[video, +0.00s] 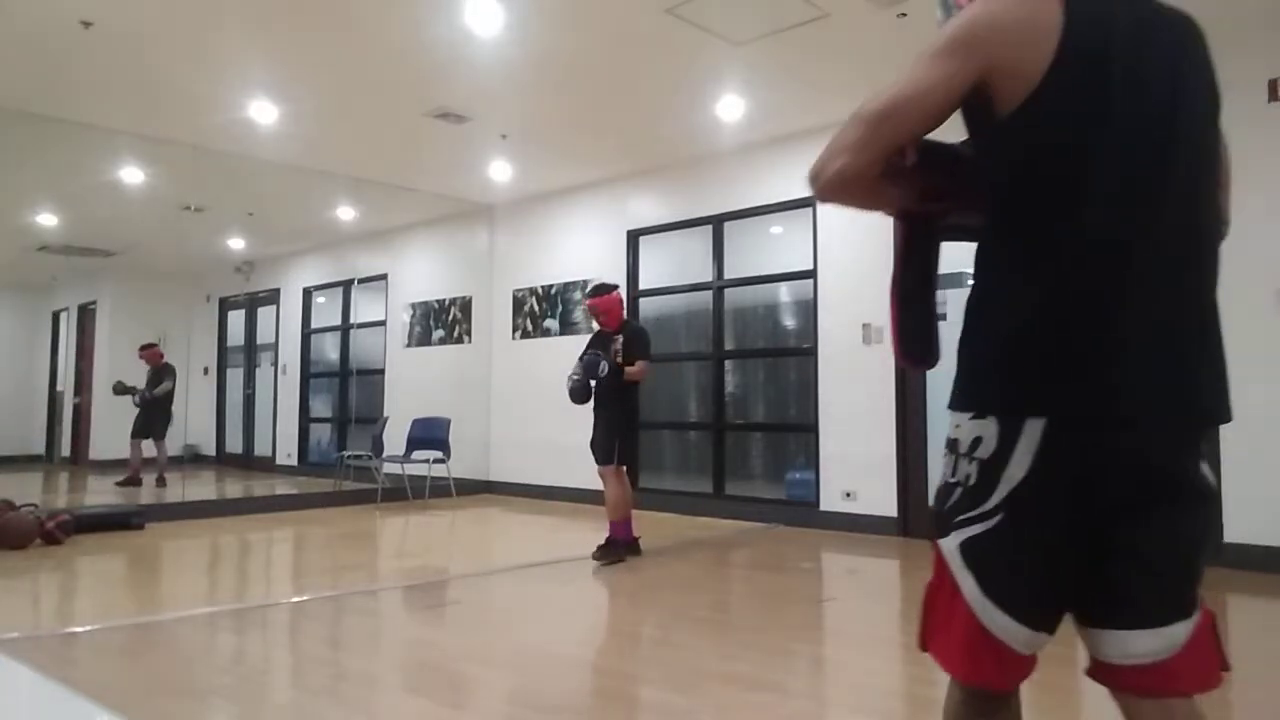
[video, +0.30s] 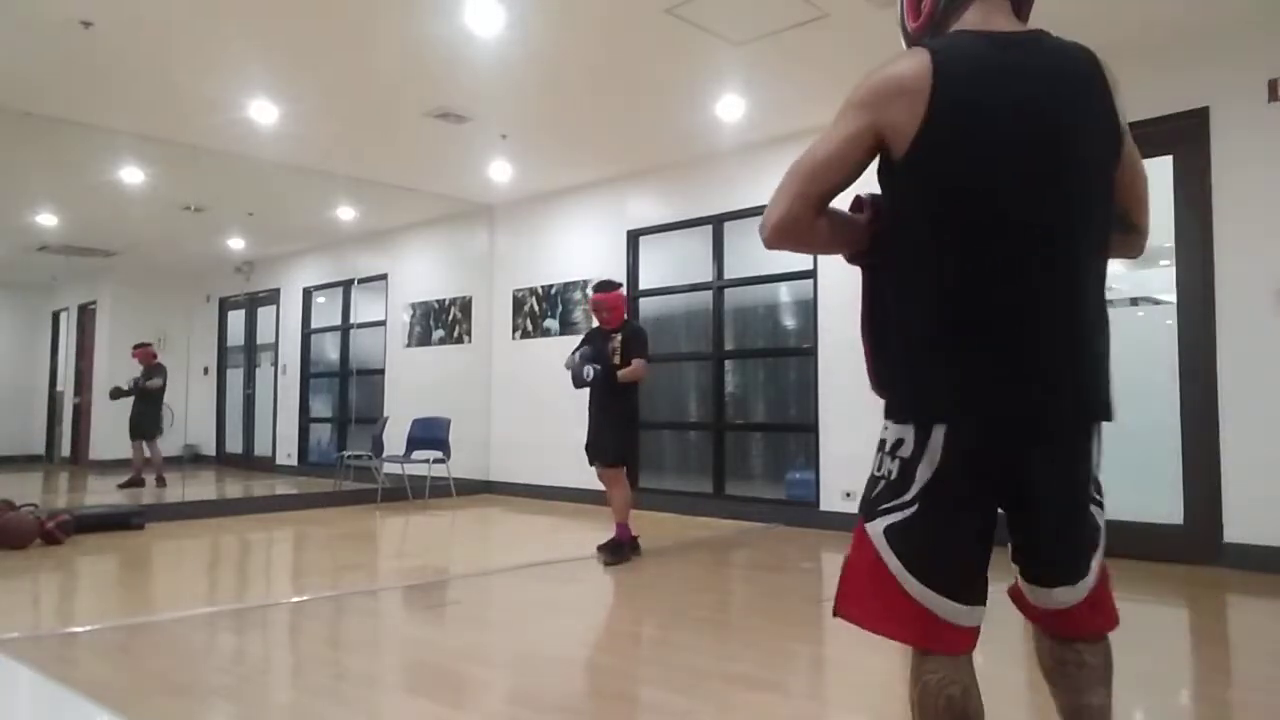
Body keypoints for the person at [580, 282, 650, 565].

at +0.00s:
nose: (597, 319)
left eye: (599, 313)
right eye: (594, 314)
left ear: (614, 307)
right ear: (595, 312)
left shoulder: (635, 333)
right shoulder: (599, 336)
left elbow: (640, 371)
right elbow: (583, 364)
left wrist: (609, 371)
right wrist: (578, 378)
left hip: (621, 411)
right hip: (604, 411)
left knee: (608, 470)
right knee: (616, 471)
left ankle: (617, 539)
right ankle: (626, 537)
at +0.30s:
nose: (602, 317)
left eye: (607, 310)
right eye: (598, 311)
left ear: (621, 307)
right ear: (594, 310)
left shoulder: (633, 333)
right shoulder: (594, 335)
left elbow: (639, 370)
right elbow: (572, 361)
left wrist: (605, 374)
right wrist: (578, 363)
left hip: (620, 413)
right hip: (599, 413)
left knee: (615, 473)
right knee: (604, 474)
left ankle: (623, 536)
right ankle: (624, 533)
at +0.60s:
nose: (601, 316)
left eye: (606, 309)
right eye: (597, 310)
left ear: (621, 305)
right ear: (592, 309)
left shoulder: (634, 331)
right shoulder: (591, 334)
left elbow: (634, 369)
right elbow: (568, 360)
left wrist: (600, 383)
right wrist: (570, 357)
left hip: (620, 413)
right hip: (592, 411)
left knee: (619, 476)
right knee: (571, 472)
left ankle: (621, 542)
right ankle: (602, 521)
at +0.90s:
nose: (586, 314)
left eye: (591, 308)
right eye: (582, 308)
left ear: (607, 305)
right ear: (579, 307)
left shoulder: (624, 329)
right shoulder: (576, 332)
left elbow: (622, 367)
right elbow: (547, 361)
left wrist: (588, 380)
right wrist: (561, 377)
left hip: (609, 413)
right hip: (578, 412)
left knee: (612, 476)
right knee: (563, 474)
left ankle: (620, 543)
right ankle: (556, 545)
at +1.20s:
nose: (570, 310)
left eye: (575, 303)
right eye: (564, 304)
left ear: (586, 300)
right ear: (555, 304)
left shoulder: (598, 329)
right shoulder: (549, 331)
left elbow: (605, 367)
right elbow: (518, 357)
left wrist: (567, 379)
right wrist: (545, 359)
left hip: (583, 412)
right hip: (553, 412)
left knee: (590, 477)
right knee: (552, 476)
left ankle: (615, 538)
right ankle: (554, 545)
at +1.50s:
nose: (559, 299)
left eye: (565, 293)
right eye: (553, 293)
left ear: (575, 297)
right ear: (543, 296)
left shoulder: (582, 328)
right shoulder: (530, 328)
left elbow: (603, 363)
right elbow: (505, 365)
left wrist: (580, 364)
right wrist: (530, 358)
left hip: (572, 410)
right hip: (541, 411)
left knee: (574, 476)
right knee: (547, 477)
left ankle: (584, 546)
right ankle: (553, 546)